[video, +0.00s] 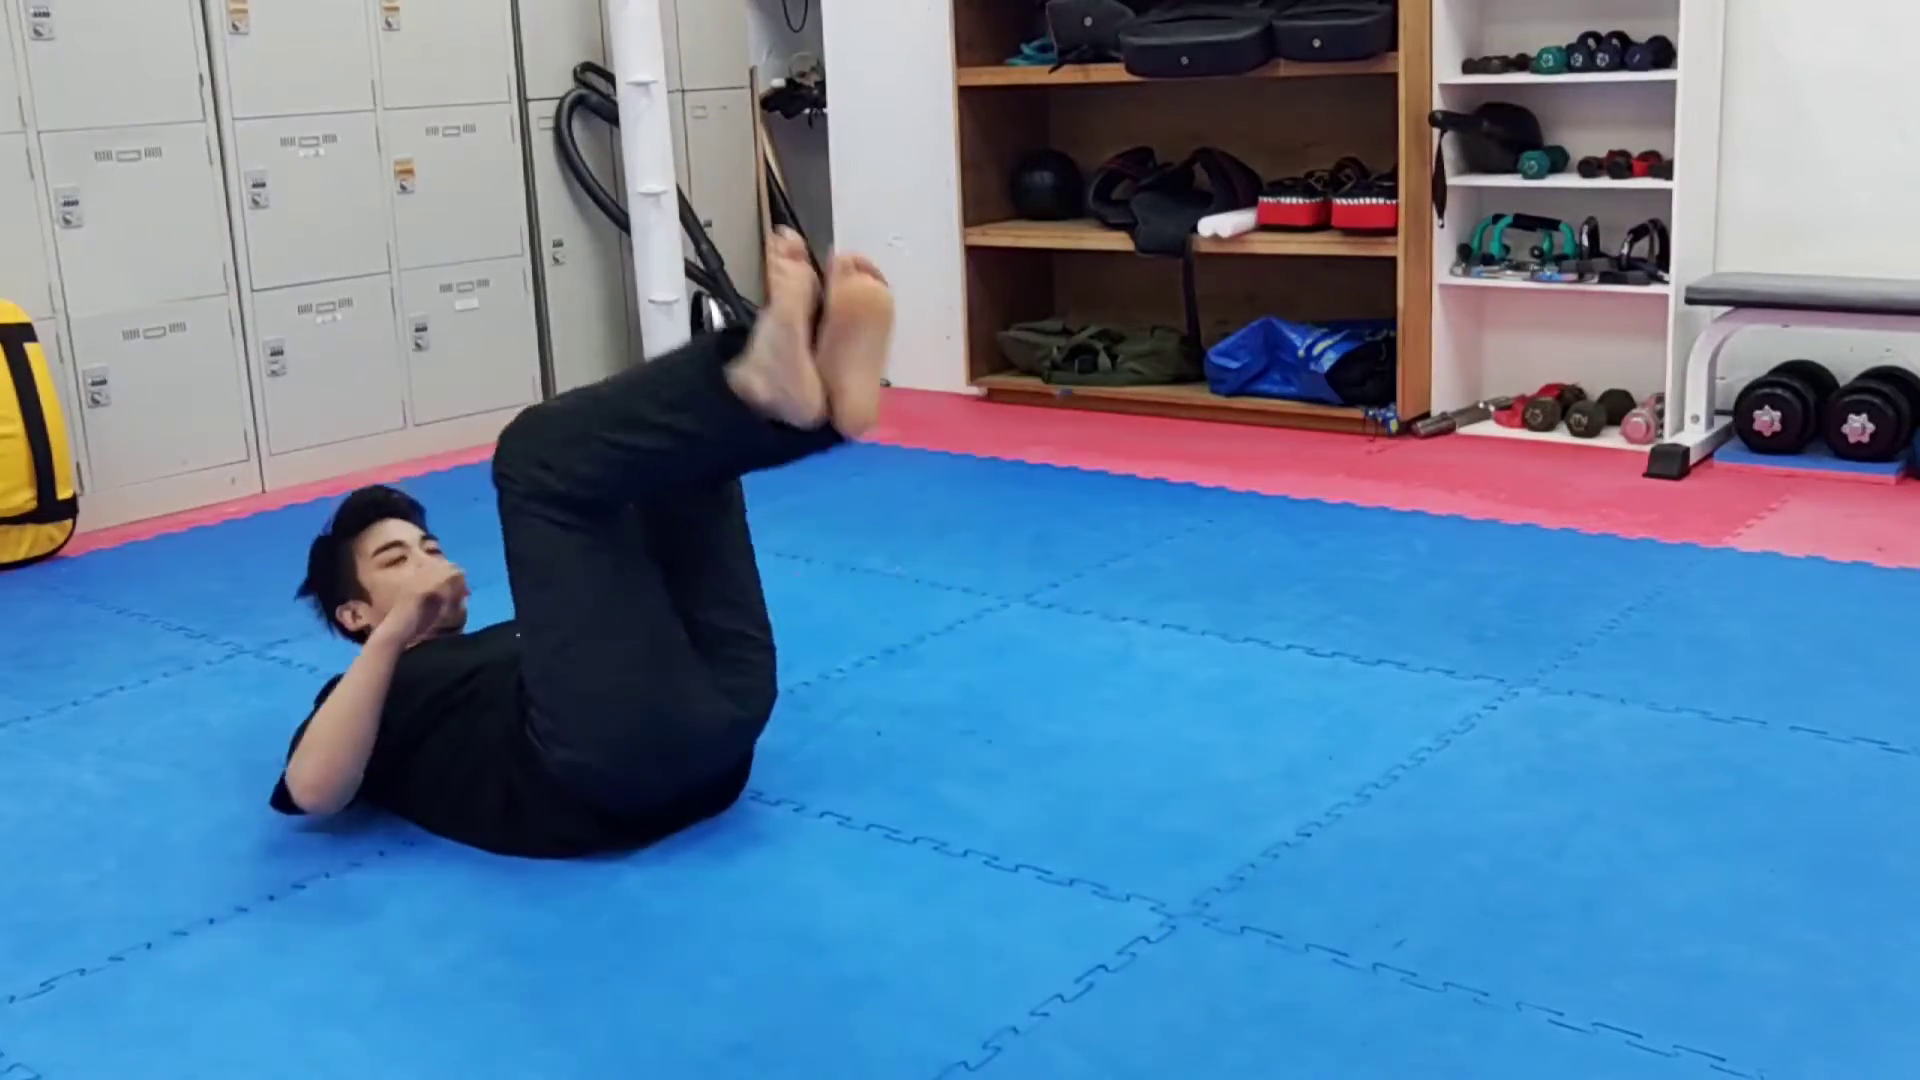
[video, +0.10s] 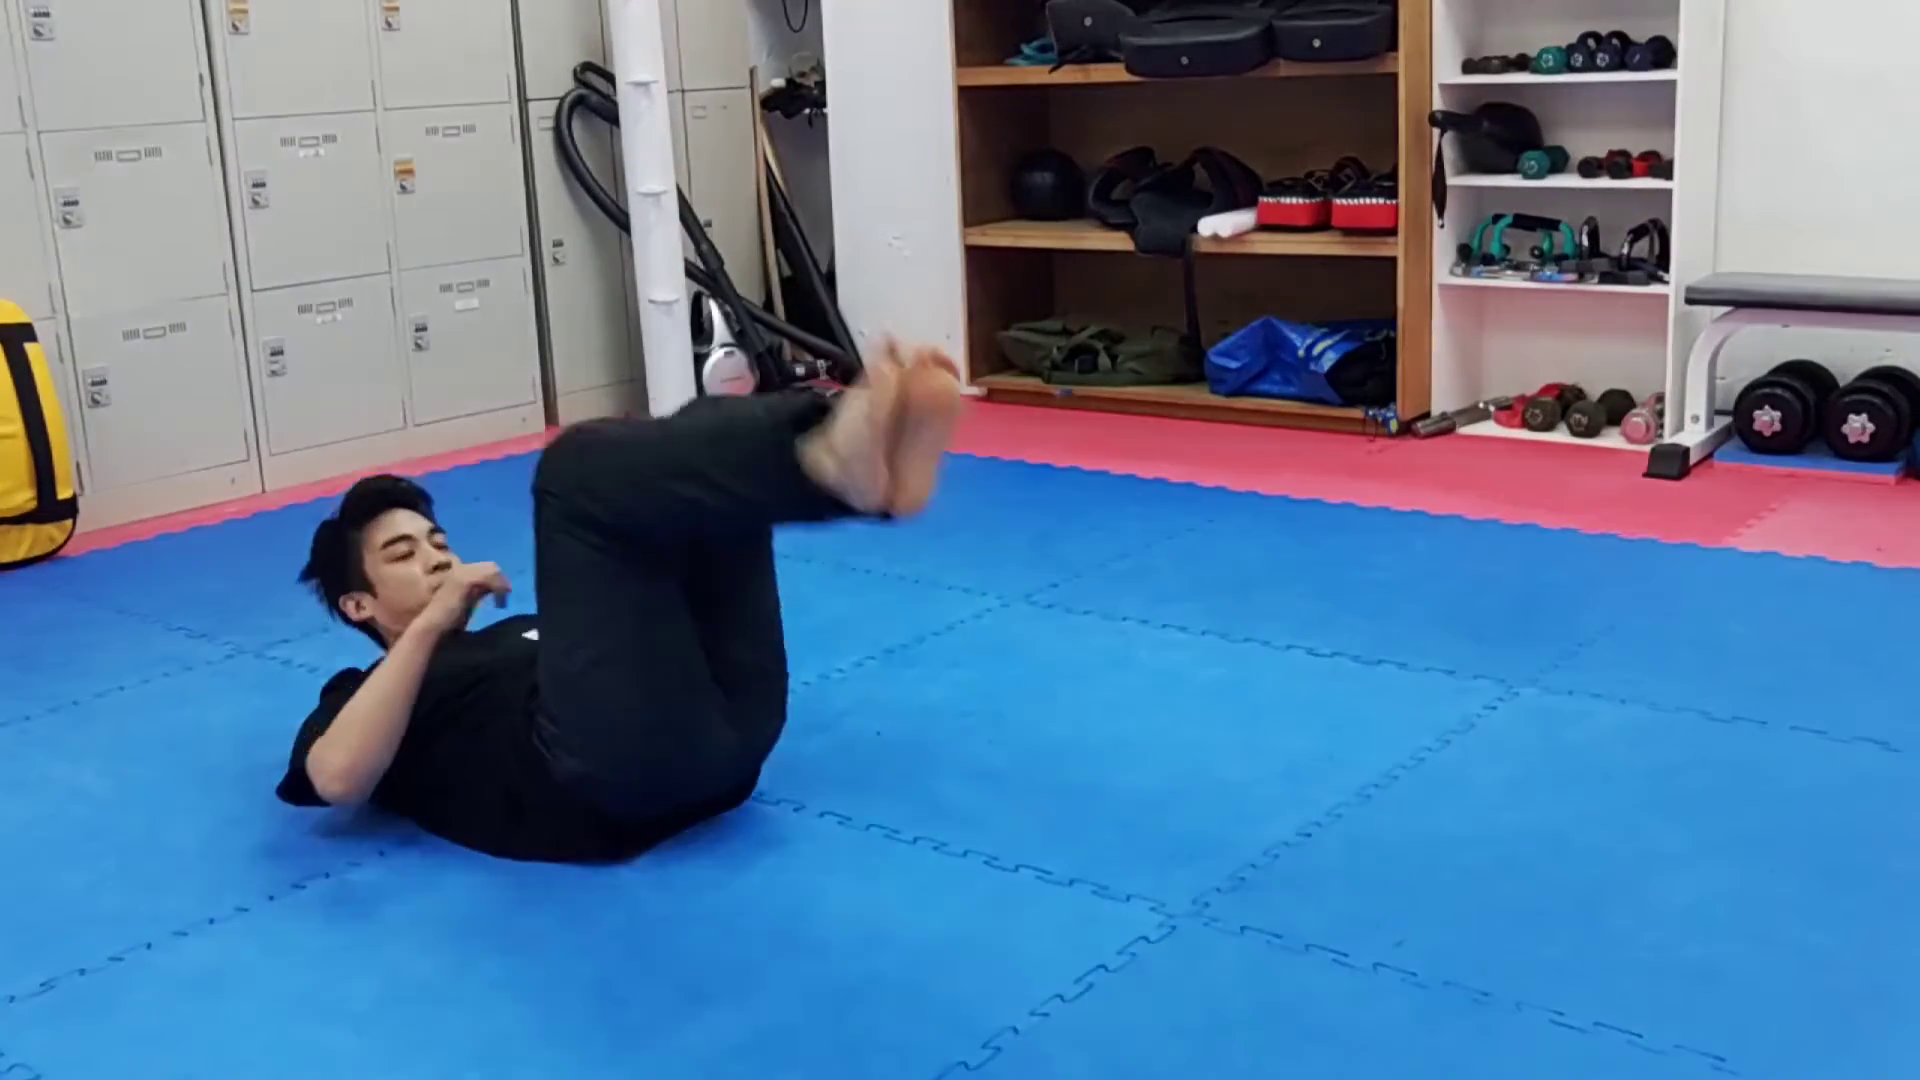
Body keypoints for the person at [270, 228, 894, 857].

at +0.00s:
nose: (429, 565)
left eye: (431, 549)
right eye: (392, 560)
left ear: (455, 571)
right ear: (355, 615)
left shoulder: (516, 641)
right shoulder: (362, 697)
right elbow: (310, 794)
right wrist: (388, 641)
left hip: (716, 733)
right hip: (613, 762)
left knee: (661, 446)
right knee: (534, 454)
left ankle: (819, 402)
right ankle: (751, 380)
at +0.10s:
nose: (432, 559)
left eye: (435, 542)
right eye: (398, 554)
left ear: (460, 556)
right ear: (360, 607)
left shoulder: (527, 631)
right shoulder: (359, 696)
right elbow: (336, 782)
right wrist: (431, 626)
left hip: (721, 743)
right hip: (608, 777)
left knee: (680, 449)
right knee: (574, 468)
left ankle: (860, 440)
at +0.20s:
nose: (452, 543)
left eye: (452, 524)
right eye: (417, 538)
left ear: (471, 535)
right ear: (371, 584)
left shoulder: (531, 606)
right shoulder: (364, 683)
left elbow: (624, 653)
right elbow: (365, 773)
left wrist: (607, 562)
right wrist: (464, 631)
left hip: (737, 745)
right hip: (623, 790)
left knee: (757, 458)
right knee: (625, 501)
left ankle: (928, 550)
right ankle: (896, 575)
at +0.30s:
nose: (478, 524)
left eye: (480, 501)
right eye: (445, 514)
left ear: (495, 502)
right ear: (390, 544)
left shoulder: (561, 597)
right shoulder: (380, 658)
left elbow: (678, 646)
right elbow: (397, 765)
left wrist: (652, 554)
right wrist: (510, 621)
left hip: (742, 764)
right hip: (625, 800)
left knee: (816, 505)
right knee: (690, 541)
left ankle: (1012, 672)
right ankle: (939, 695)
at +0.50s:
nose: (552, 476)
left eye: (557, 450)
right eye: (522, 459)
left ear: (566, 441)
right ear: (451, 470)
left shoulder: (608, 521)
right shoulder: (422, 587)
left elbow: (743, 605)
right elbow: (455, 733)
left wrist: (718, 548)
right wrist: (566, 584)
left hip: (760, 763)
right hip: (638, 807)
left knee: (868, 551)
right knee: (746, 578)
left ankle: (1041, 773)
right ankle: (960, 805)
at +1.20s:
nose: (514, 501)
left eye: (518, 476)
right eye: (482, 491)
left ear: (530, 466)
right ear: (420, 511)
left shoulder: (597, 544)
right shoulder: (414, 629)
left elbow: (738, 585)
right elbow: (454, 741)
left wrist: (649, 512)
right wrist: (521, 582)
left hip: (768, 759)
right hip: (647, 803)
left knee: (870, 522)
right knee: (733, 542)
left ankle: (1047, 712)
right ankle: (937, 758)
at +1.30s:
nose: (486, 524)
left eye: (491, 498)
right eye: (451, 518)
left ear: (506, 492)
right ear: (397, 547)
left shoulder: (576, 566)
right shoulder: (397, 659)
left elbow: (687, 581)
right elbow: (435, 758)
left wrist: (605, 516)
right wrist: (486, 593)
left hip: (756, 746)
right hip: (635, 797)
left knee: (817, 483)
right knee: (687, 510)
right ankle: (905, 675)